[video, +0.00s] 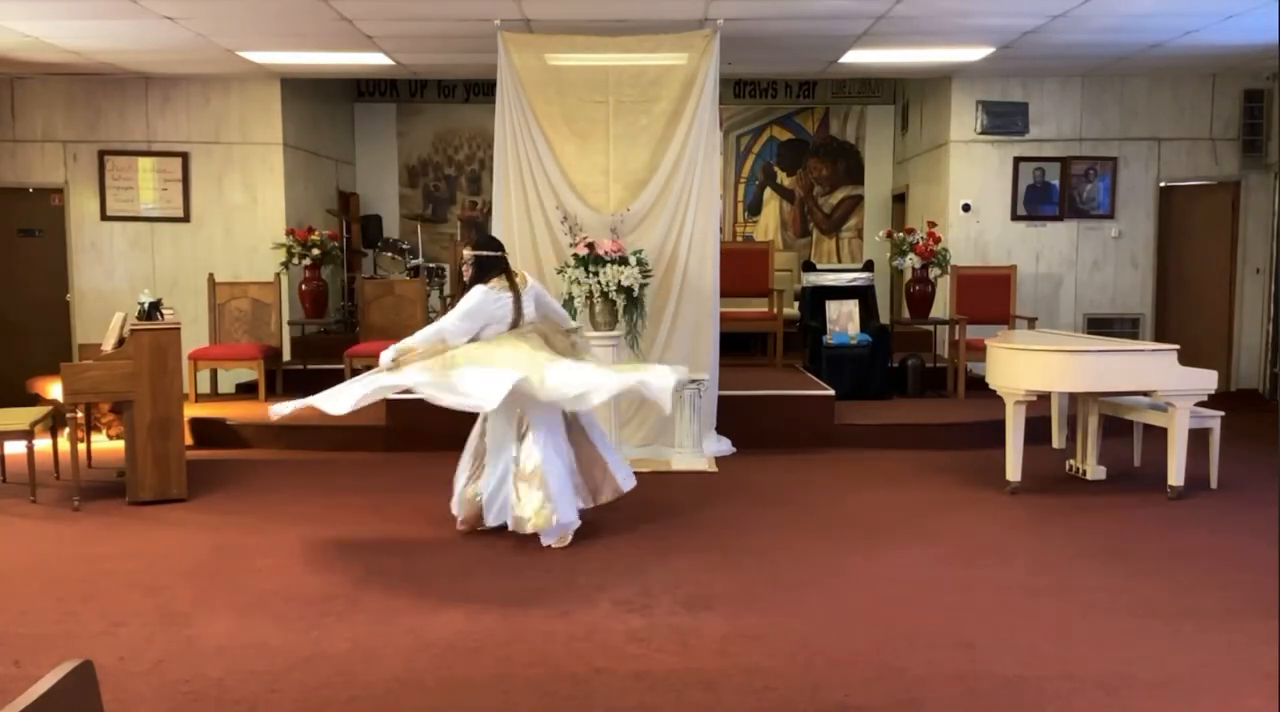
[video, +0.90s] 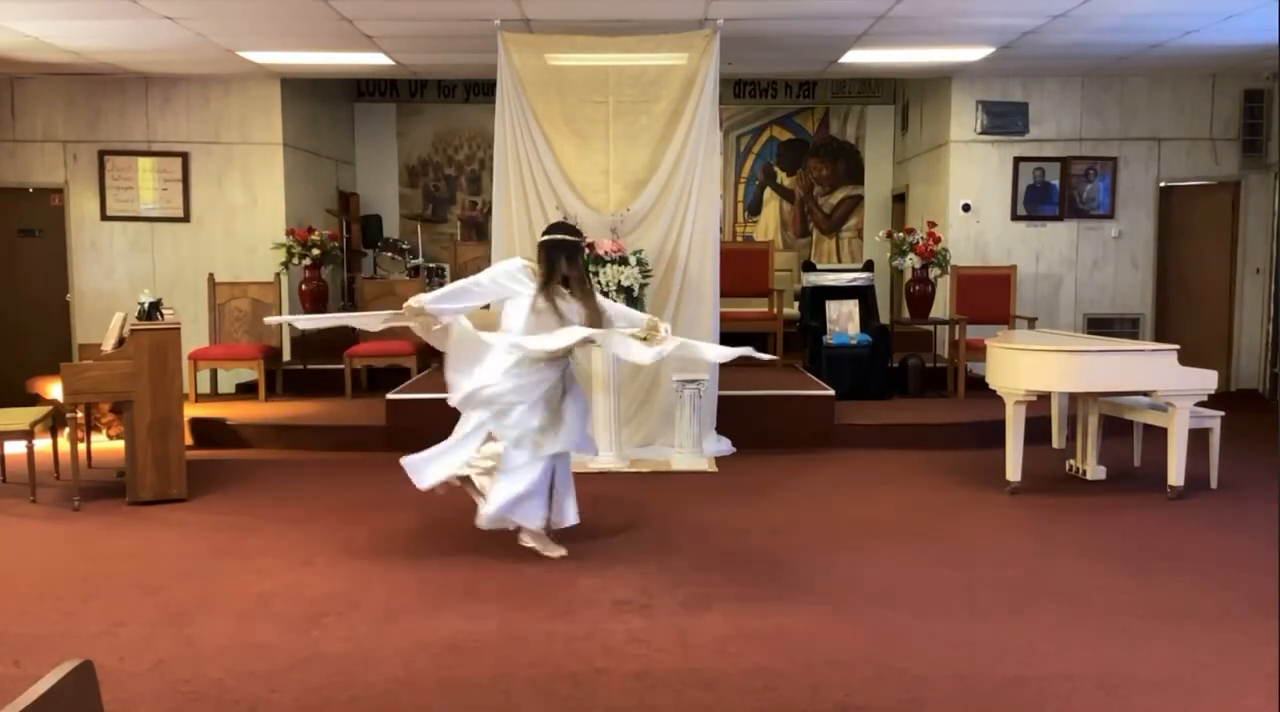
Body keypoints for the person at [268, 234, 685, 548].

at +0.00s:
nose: (461, 270)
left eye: (465, 264)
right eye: (462, 263)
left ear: (483, 264)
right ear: (499, 261)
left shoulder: (481, 296)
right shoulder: (525, 287)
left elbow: (446, 329)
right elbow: (560, 318)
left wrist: (399, 350)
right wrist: (568, 335)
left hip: (503, 382)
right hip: (541, 378)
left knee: (497, 443)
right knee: (544, 445)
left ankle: (484, 509)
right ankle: (554, 520)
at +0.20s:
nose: (466, 270)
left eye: (470, 264)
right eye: (469, 263)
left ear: (485, 266)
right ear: (505, 263)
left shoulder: (486, 300)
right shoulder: (529, 289)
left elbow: (449, 322)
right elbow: (562, 316)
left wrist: (405, 316)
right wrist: (576, 327)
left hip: (503, 376)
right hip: (538, 371)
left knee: (509, 447)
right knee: (547, 443)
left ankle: (509, 517)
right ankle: (553, 514)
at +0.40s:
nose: (486, 267)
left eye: (493, 260)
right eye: (486, 260)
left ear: (511, 266)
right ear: (495, 263)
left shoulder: (517, 299)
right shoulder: (505, 297)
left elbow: (476, 311)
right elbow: (469, 314)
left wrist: (432, 295)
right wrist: (421, 304)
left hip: (539, 380)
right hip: (526, 378)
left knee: (544, 453)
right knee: (539, 449)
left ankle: (549, 527)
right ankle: (548, 515)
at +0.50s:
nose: (512, 262)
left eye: (520, 257)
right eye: (508, 254)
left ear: (533, 263)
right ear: (501, 258)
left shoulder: (538, 294)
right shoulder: (500, 294)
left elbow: (513, 309)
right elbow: (456, 305)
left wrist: (475, 296)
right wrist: (422, 295)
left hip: (535, 376)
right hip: (507, 373)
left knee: (531, 445)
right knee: (502, 442)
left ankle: (521, 517)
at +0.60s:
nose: (538, 259)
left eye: (545, 254)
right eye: (532, 252)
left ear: (552, 260)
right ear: (519, 254)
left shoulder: (556, 288)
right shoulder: (502, 286)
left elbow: (560, 306)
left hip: (545, 366)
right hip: (508, 365)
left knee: (538, 435)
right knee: (497, 437)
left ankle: (527, 514)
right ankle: (488, 511)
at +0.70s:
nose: (560, 260)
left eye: (564, 254)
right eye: (554, 252)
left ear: (567, 258)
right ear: (536, 253)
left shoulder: (565, 292)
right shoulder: (504, 281)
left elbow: (602, 316)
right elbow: (465, 301)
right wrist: (421, 302)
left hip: (549, 370)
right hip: (503, 366)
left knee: (544, 441)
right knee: (492, 437)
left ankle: (527, 517)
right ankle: (488, 504)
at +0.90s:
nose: (576, 270)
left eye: (578, 262)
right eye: (569, 263)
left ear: (576, 262)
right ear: (550, 260)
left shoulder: (579, 296)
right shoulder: (518, 278)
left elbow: (613, 317)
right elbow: (468, 292)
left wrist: (650, 327)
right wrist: (427, 307)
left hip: (554, 384)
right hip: (515, 379)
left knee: (549, 453)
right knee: (524, 449)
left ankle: (535, 529)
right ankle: (481, 485)